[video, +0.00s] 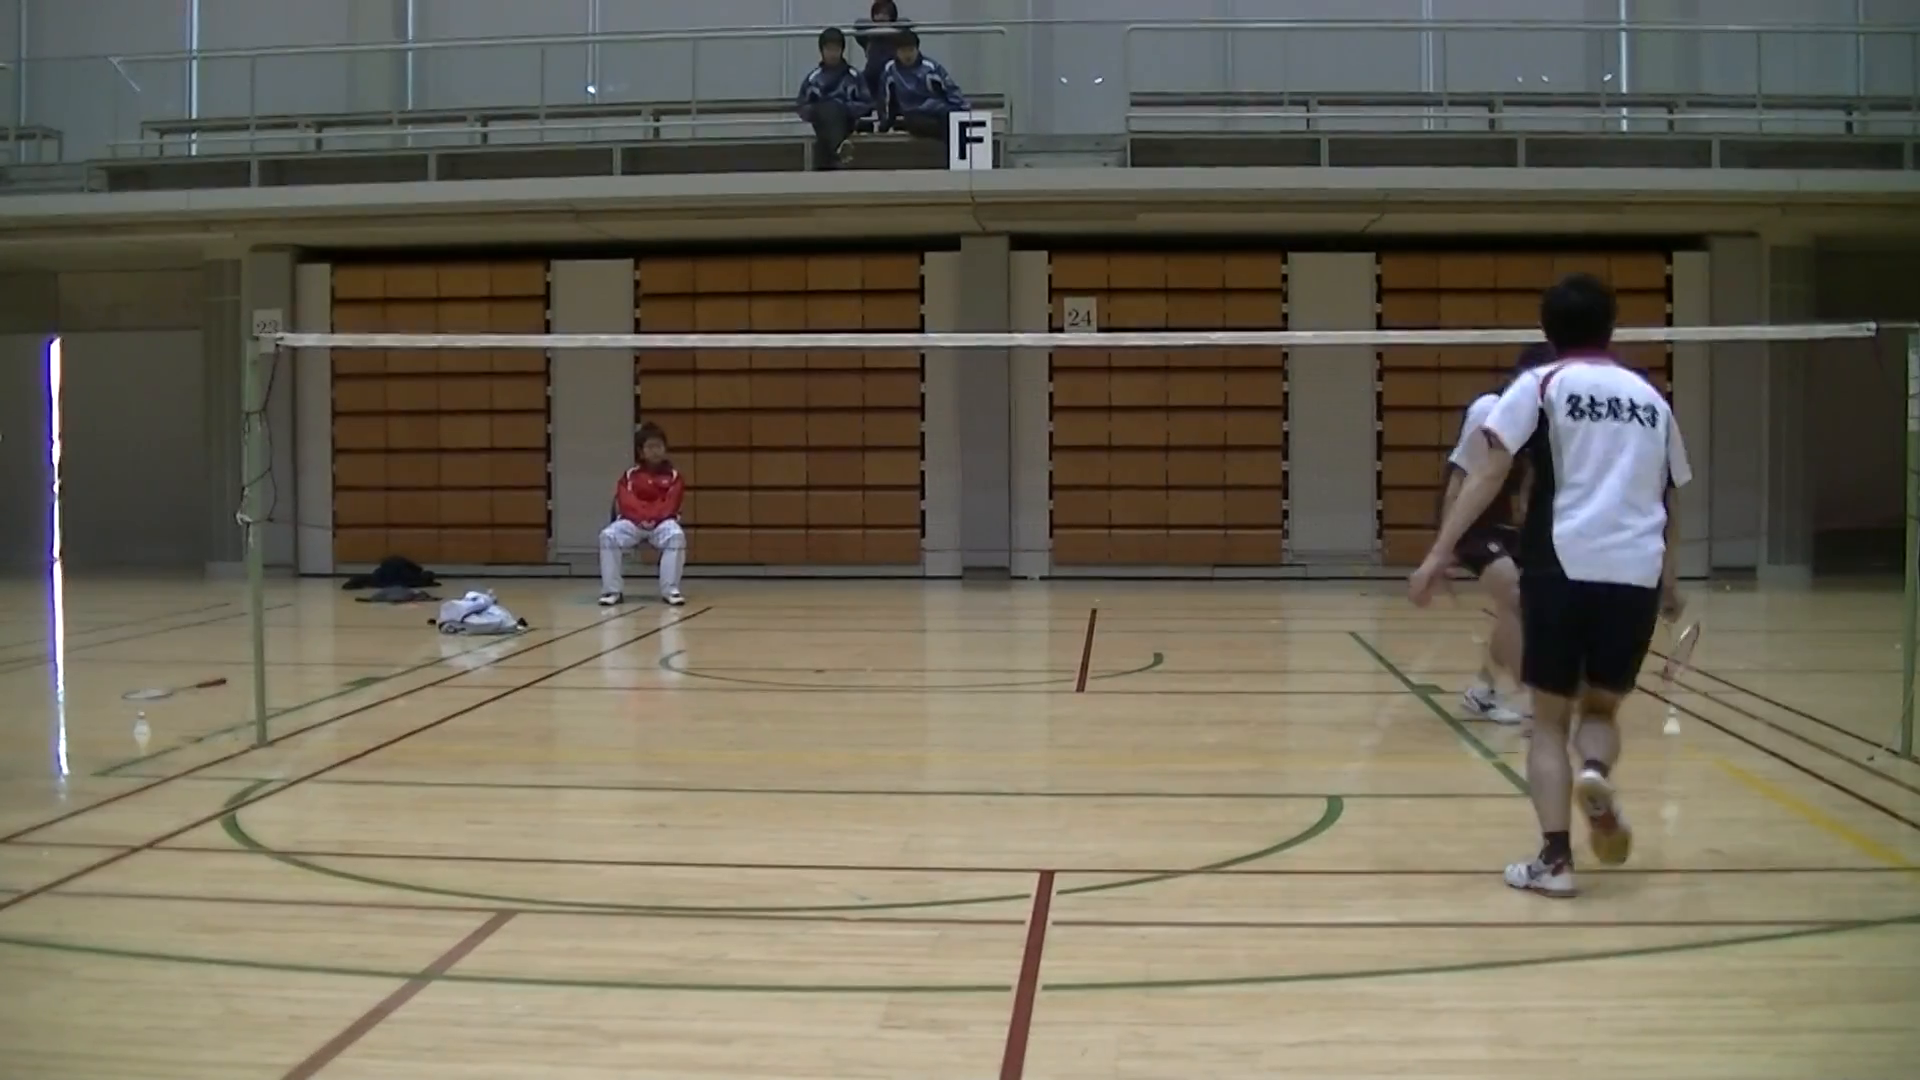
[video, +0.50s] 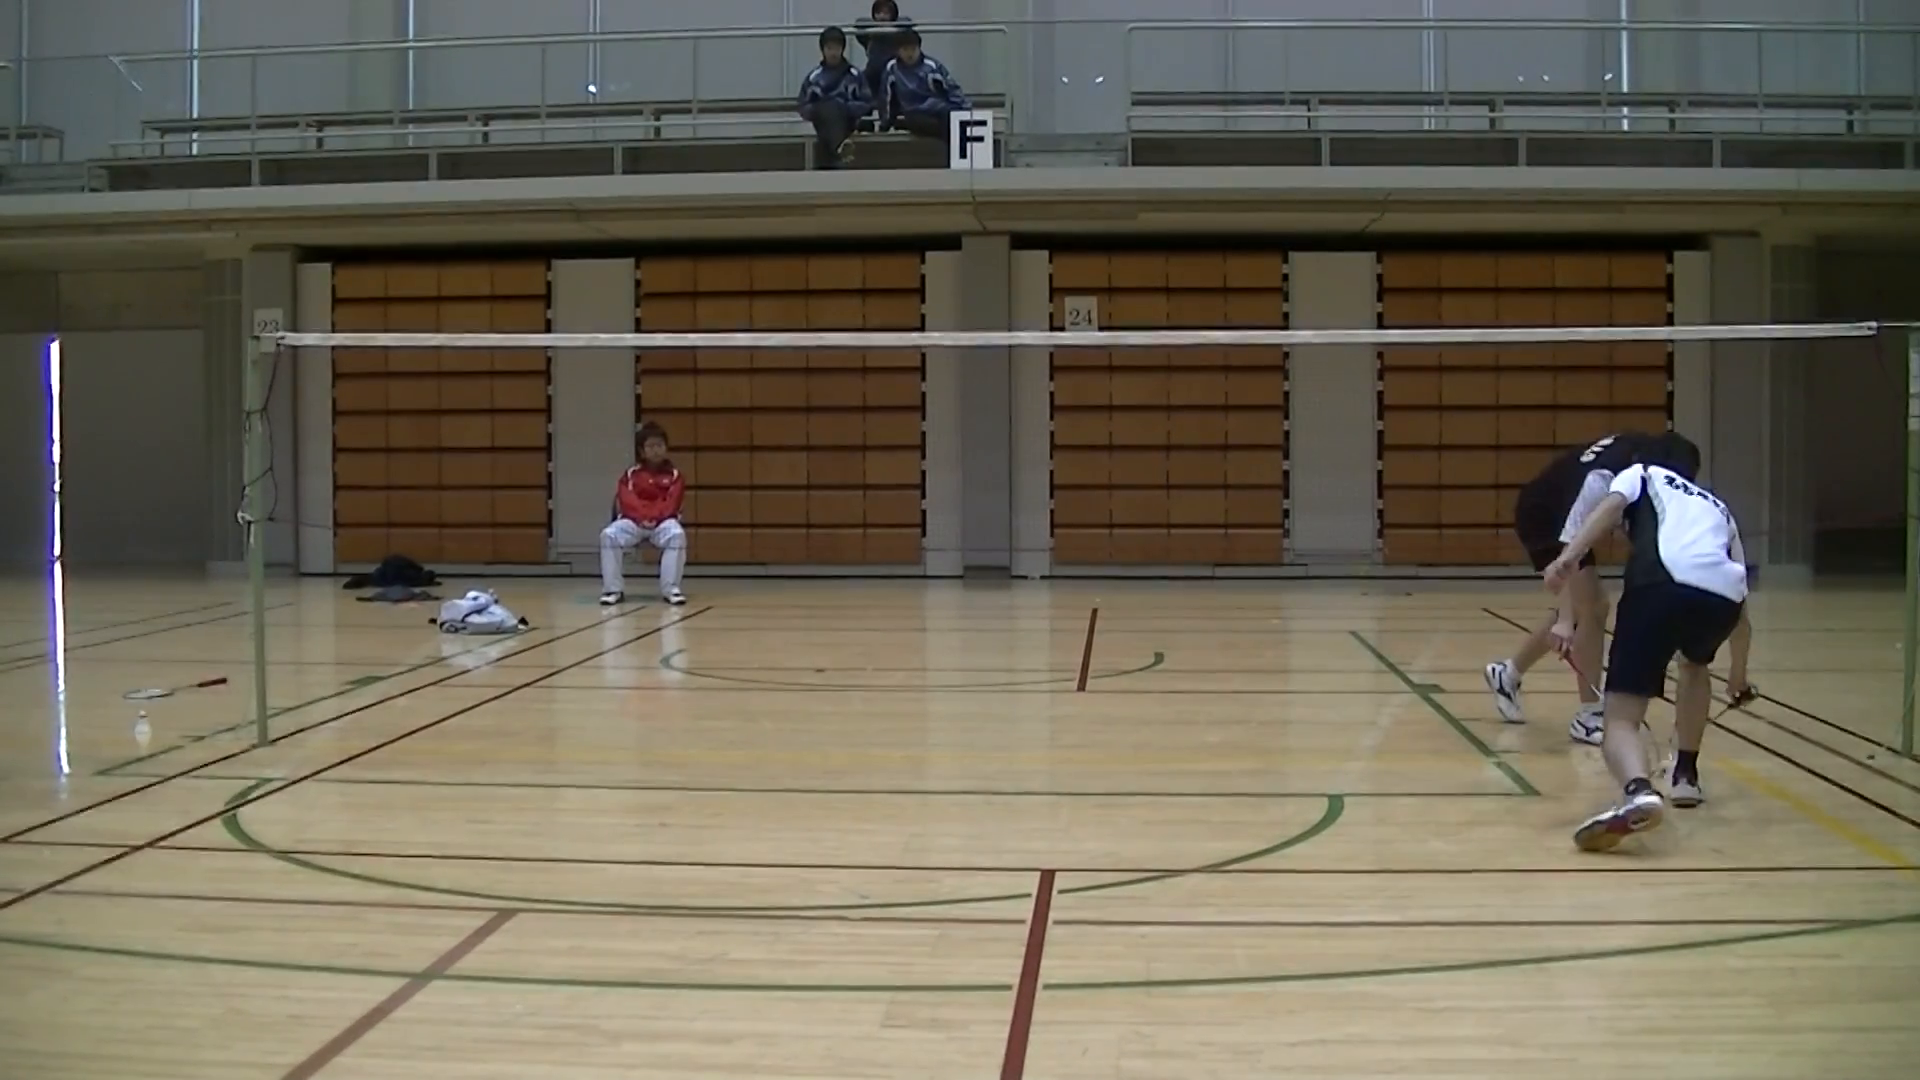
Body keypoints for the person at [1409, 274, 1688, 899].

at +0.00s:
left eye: (1547, 327)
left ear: (1550, 330)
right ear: (1611, 330)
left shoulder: (1537, 386)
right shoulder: (1651, 399)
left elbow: (1489, 473)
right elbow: (1669, 502)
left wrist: (1441, 552)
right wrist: (1669, 581)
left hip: (1559, 577)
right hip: (1635, 582)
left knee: (1549, 724)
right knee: (1602, 707)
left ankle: (1555, 859)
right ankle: (1595, 774)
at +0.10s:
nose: (1565, 356)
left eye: (1567, 348)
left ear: (1570, 351)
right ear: (1630, 351)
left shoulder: (1558, 403)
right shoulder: (1666, 415)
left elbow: (1495, 486)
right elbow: (1685, 516)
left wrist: (1435, 556)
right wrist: (1691, 580)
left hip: (1578, 586)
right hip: (1653, 590)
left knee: (1551, 733)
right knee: (1641, 679)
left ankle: (1558, 855)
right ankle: (1637, 794)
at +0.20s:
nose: (1591, 378)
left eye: (1594, 370)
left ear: (1597, 373)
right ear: (1653, 373)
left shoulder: (1589, 414)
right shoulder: (1684, 434)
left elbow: (1527, 489)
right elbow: (1702, 528)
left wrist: (1468, 544)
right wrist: (1706, 594)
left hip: (1602, 587)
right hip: (1672, 593)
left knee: (1574, 714)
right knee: (1669, 674)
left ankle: (1572, 829)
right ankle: (1679, 772)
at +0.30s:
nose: (1617, 424)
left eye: (1619, 415)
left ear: (1624, 416)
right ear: (1677, 418)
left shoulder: (1619, 449)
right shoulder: (1706, 477)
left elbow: (1561, 509)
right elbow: (1720, 568)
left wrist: (1497, 562)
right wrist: (1718, 633)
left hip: (1629, 607)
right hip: (1694, 615)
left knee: (1593, 734)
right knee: (1687, 681)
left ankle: (1601, 817)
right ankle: (1687, 780)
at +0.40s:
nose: (1623, 461)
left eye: (1627, 455)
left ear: (1637, 455)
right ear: (1688, 463)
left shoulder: (1632, 472)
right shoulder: (1715, 504)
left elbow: (1597, 514)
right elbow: (1732, 594)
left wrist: (1544, 570)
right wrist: (1729, 662)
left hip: (1645, 611)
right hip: (1708, 617)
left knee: (1609, 740)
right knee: (1688, 671)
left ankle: (1621, 803)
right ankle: (1685, 777)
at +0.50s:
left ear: (1655, 462)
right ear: (1694, 473)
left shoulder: (1644, 473)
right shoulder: (1721, 509)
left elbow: (1613, 503)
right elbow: (1739, 606)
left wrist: (1570, 555)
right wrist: (1739, 674)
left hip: (1655, 594)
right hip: (1720, 602)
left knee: (1622, 720)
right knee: (1696, 667)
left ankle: (1638, 790)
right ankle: (1685, 775)